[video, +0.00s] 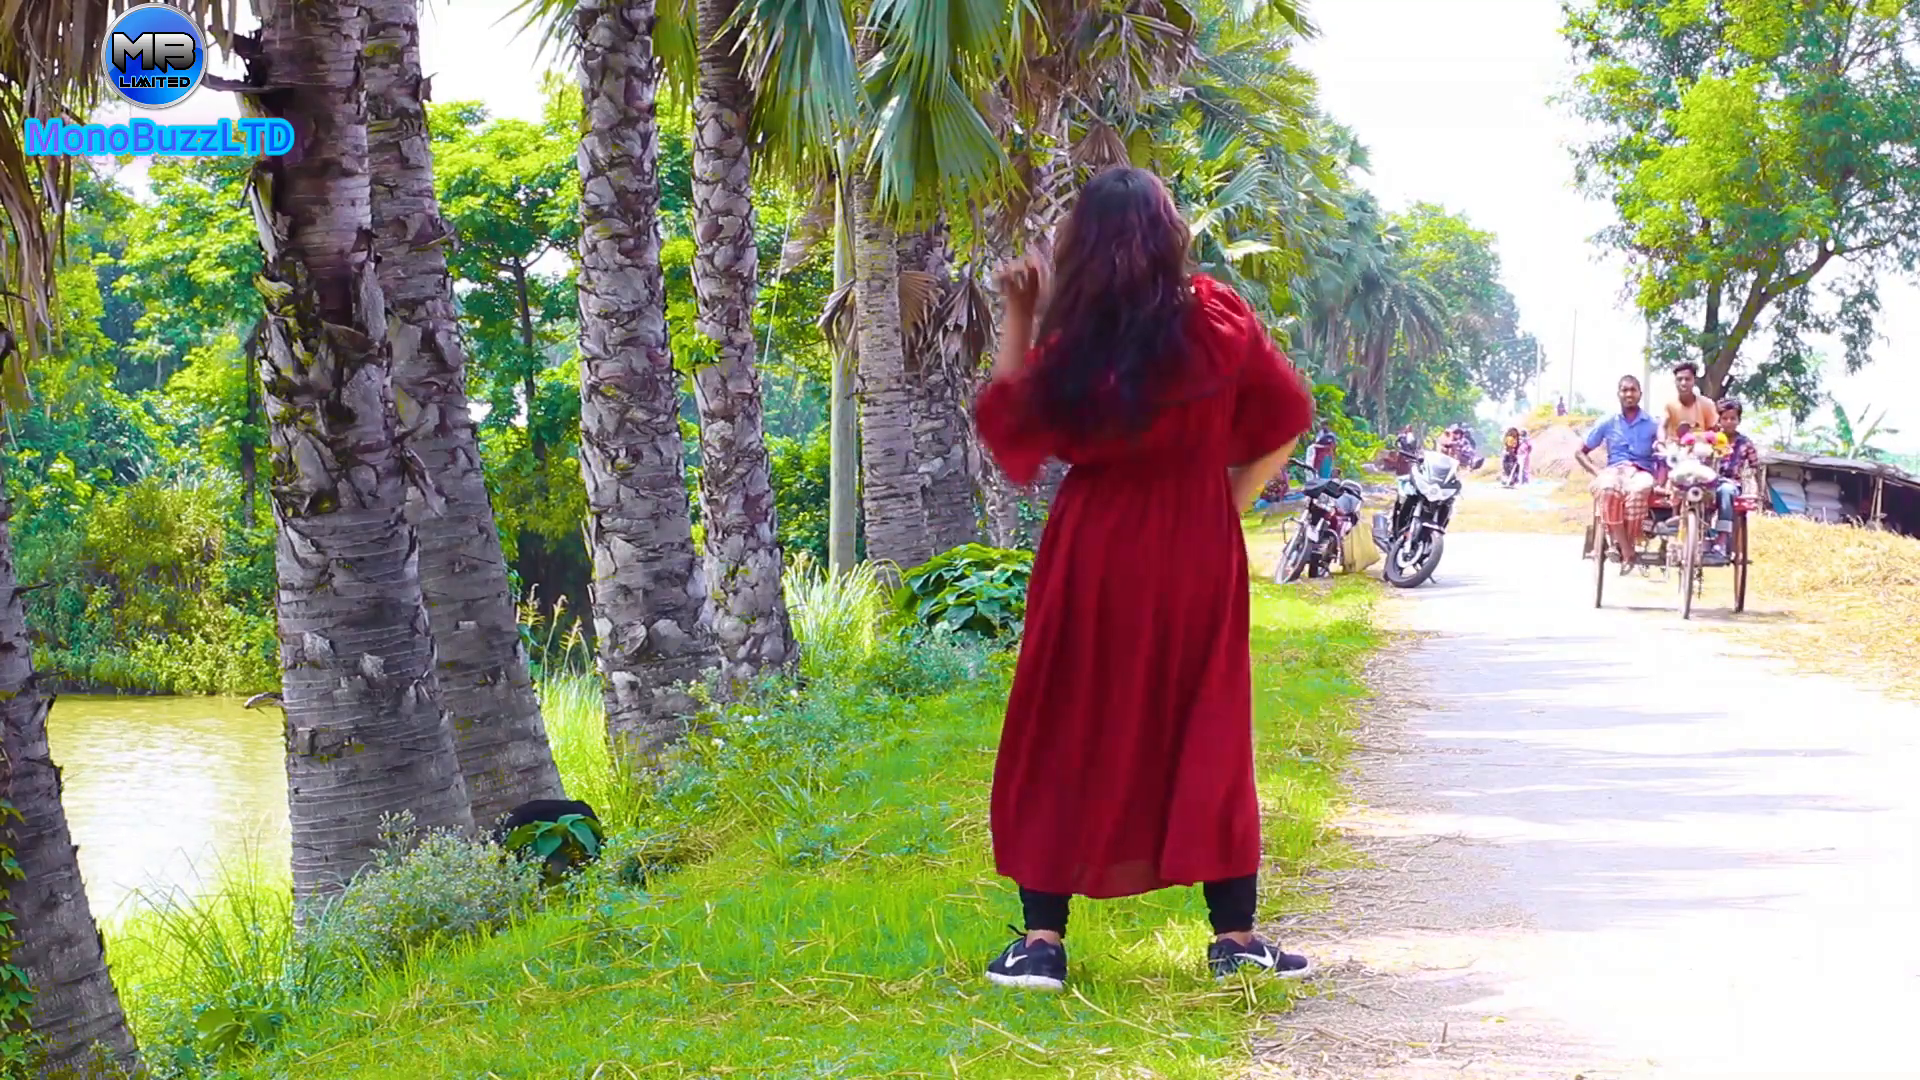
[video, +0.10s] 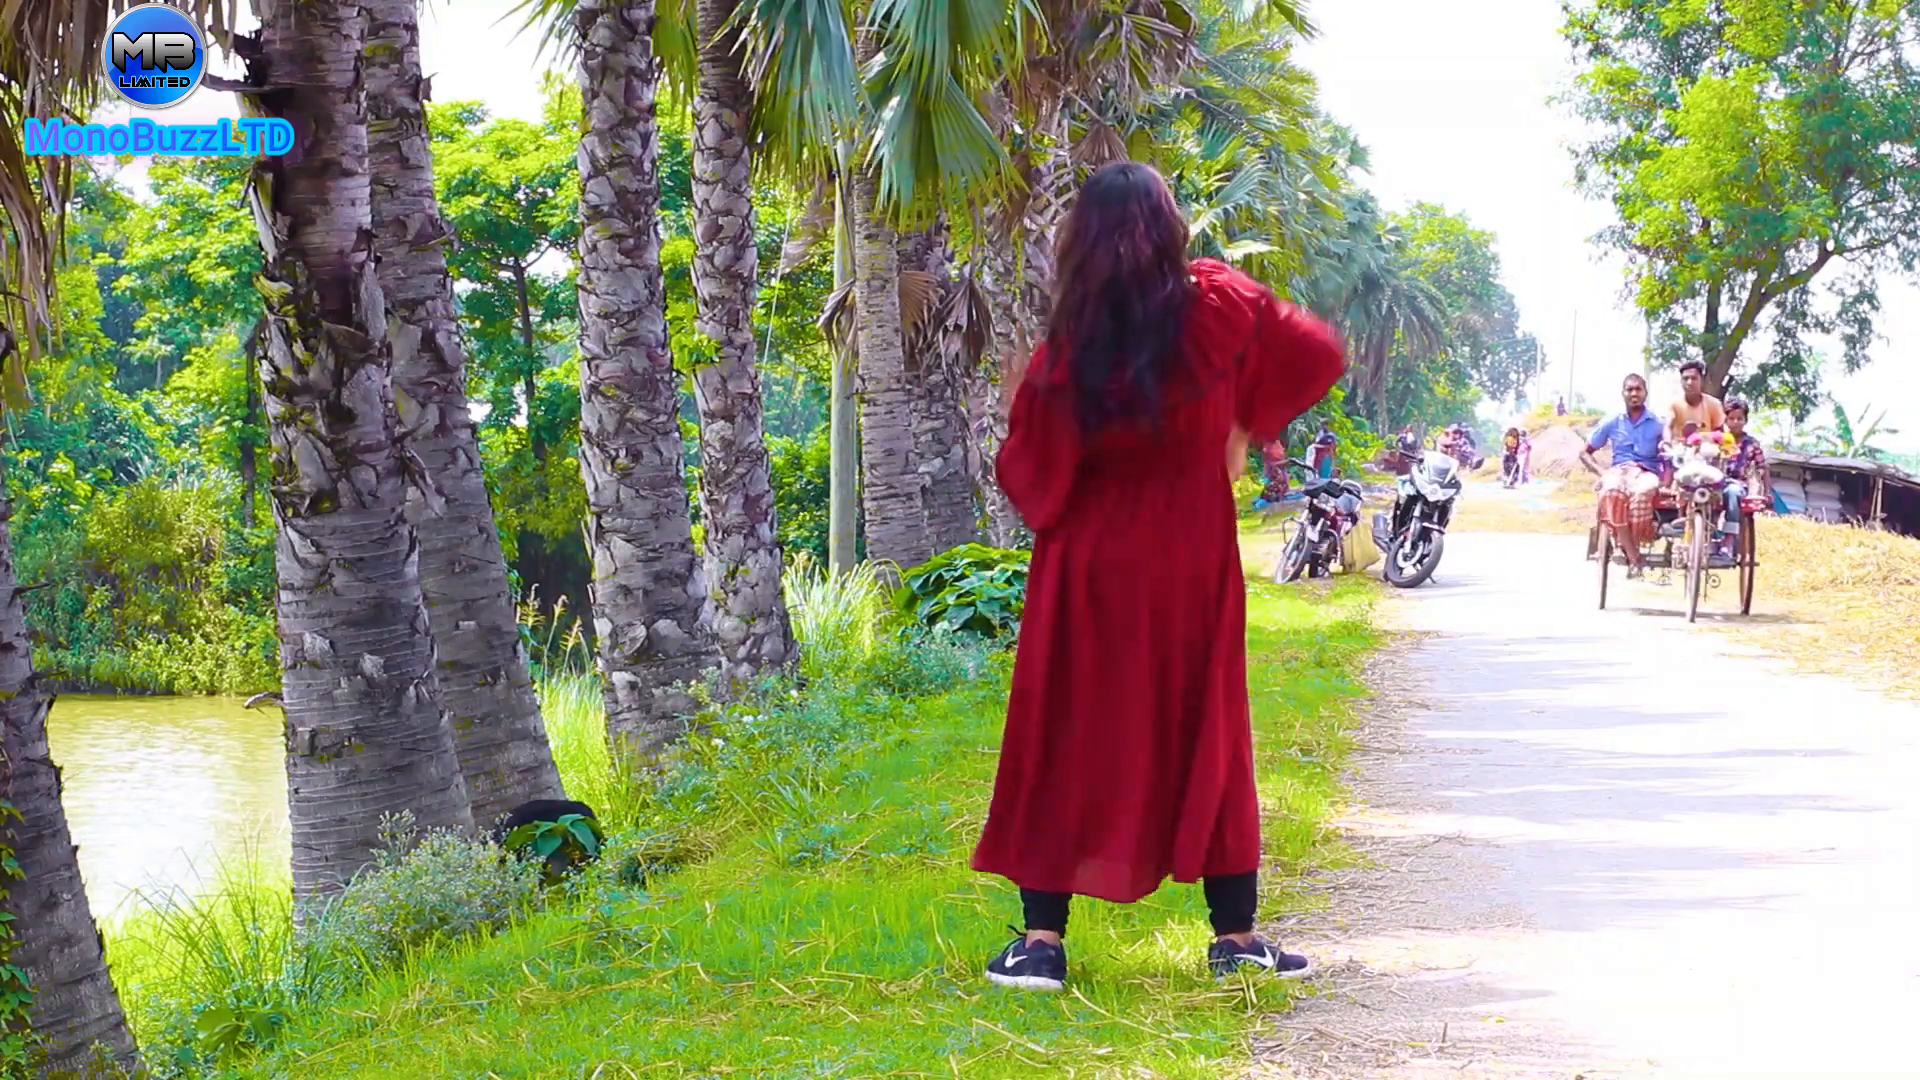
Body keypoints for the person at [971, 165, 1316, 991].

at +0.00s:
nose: (1053, 236)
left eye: (1064, 223)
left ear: (1085, 245)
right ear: (1170, 240)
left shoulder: (1074, 334)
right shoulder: (1214, 315)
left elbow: (1008, 431)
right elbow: (1289, 409)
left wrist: (1015, 322)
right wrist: (1236, 491)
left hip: (1095, 538)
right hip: (1197, 533)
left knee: (1063, 727)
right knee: (1215, 726)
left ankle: (1042, 940)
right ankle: (1235, 935)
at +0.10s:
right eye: (1176, 223)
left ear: (1078, 245)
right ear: (1171, 234)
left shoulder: (1064, 349)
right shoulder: (1217, 299)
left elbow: (1029, 479)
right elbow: (1320, 351)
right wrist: (1253, 415)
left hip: (1090, 559)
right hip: (1195, 555)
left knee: (1066, 733)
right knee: (1215, 732)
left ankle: (1041, 943)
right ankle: (1235, 937)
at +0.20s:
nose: (1183, 231)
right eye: (1180, 217)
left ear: (1083, 234)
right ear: (1176, 230)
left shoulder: (1057, 342)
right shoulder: (1218, 299)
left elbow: (1019, 475)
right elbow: (1344, 318)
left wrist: (999, 555)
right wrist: (1256, 365)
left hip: (1079, 551)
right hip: (1188, 550)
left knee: (1056, 732)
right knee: (1209, 734)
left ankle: (1041, 944)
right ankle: (1235, 939)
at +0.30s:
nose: (1188, 233)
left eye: (1180, 221)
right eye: (1182, 222)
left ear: (1085, 233)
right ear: (1173, 233)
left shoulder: (1040, 328)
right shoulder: (1204, 324)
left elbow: (992, 453)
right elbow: (1320, 334)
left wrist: (986, 566)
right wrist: (1271, 280)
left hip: (1063, 541)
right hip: (1170, 541)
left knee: (1055, 729)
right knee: (1203, 730)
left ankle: (1042, 941)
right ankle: (1235, 937)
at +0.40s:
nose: (1182, 242)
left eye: (1178, 229)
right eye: (1175, 231)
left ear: (1082, 233)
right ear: (1163, 243)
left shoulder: (1030, 314)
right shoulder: (1182, 334)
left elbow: (947, 402)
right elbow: (1268, 397)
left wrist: (979, 503)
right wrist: (1267, 293)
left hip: (1051, 529)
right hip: (1151, 531)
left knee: (1047, 720)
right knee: (1191, 721)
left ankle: (1038, 939)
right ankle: (1233, 935)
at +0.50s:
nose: (1175, 238)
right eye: (1170, 226)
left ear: (1071, 228)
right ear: (1162, 239)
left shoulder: (1018, 302)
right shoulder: (1178, 334)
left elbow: (940, 392)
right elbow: (1193, 418)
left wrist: (957, 473)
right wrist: (1203, 319)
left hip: (1035, 513)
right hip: (1137, 521)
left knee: (1029, 719)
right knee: (1171, 717)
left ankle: (1035, 941)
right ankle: (1224, 935)